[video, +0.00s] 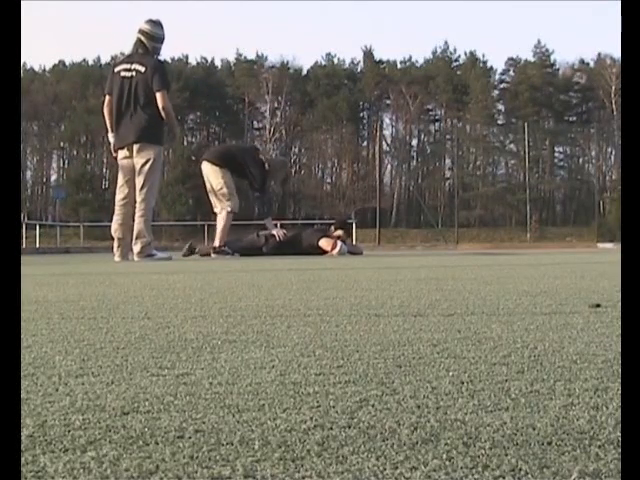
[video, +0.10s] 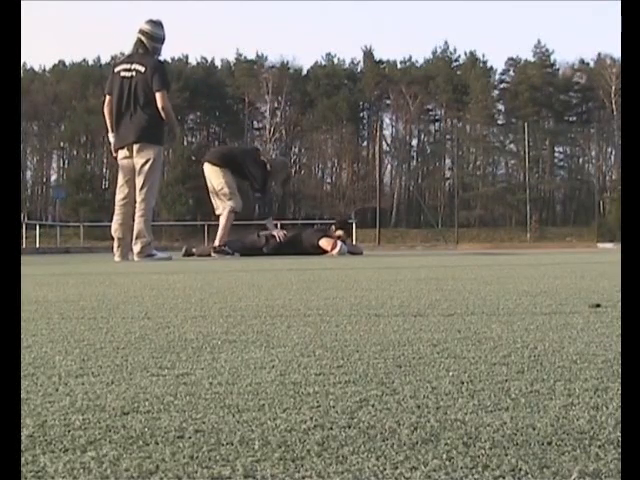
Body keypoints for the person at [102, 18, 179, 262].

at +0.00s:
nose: (160, 47)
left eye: (160, 43)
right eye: (160, 43)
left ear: (138, 38)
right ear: (156, 42)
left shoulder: (118, 65)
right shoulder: (155, 65)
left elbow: (107, 104)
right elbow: (162, 102)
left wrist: (112, 134)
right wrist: (174, 126)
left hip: (121, 136)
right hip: (147, 136)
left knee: (123, 195)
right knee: (145, 195)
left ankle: (119, 249)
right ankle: (142, 248)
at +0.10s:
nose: (161, 47)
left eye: (161, 43)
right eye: (160, 43)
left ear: (139, 38)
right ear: (156, 42)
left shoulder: (118, 65)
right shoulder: (154, 65)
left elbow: (108, 104)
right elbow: (161, 102)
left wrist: (112, 133)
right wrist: (174, 126)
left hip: (121, 136)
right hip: (147, 136)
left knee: (123, 195)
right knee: (145, 196)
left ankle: (119, 249)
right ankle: (142, 247)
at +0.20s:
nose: (161, 47)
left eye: (161, 43)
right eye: (161, 43)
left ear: (139, 38)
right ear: (156, 42)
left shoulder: (119, 65)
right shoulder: (155, 65)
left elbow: (108, 104)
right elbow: (161, 102)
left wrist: (111, 133)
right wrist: (173, 125)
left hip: (122, 136)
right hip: (147, 137)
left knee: (123, 195)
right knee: (145, 196)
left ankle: (119, 249)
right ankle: (142, 247)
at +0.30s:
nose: (162, 47)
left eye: (162, 43)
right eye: (162, 43)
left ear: (140, 38)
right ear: (157, 42)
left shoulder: (119, 65)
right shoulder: (155, 65)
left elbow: (108, 103)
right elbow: (160, 102)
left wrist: (110, 134)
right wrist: (171, 124)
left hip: (122, 137)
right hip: (148, 137)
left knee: (123, 195)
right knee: (145, 196)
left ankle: (119, 249)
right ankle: (142, 247)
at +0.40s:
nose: (163, 48)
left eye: (163, 43)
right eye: (162, 43)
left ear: (141, 38)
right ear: (158, 42)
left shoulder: (120, 65)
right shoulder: (156, 65)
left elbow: (109, 103)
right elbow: (160, 102)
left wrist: (110, 135)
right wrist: (172, 125)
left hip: (123, 138)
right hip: (148, 138)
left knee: (123, 196)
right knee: (145, 197)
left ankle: (119, 249)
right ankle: (142, 248)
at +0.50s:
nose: (163, 48)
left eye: (164, 44)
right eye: (163, 44)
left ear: (142, 38)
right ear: (159, 43)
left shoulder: (120, 65)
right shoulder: (156, 65)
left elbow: (109, 103)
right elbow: (160, 101)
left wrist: (110, 134)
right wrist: (172, 124)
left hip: (123, 137)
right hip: (148, 138)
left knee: (124, 196)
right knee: (145, 197)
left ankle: (119, 249)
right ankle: (142, 248)